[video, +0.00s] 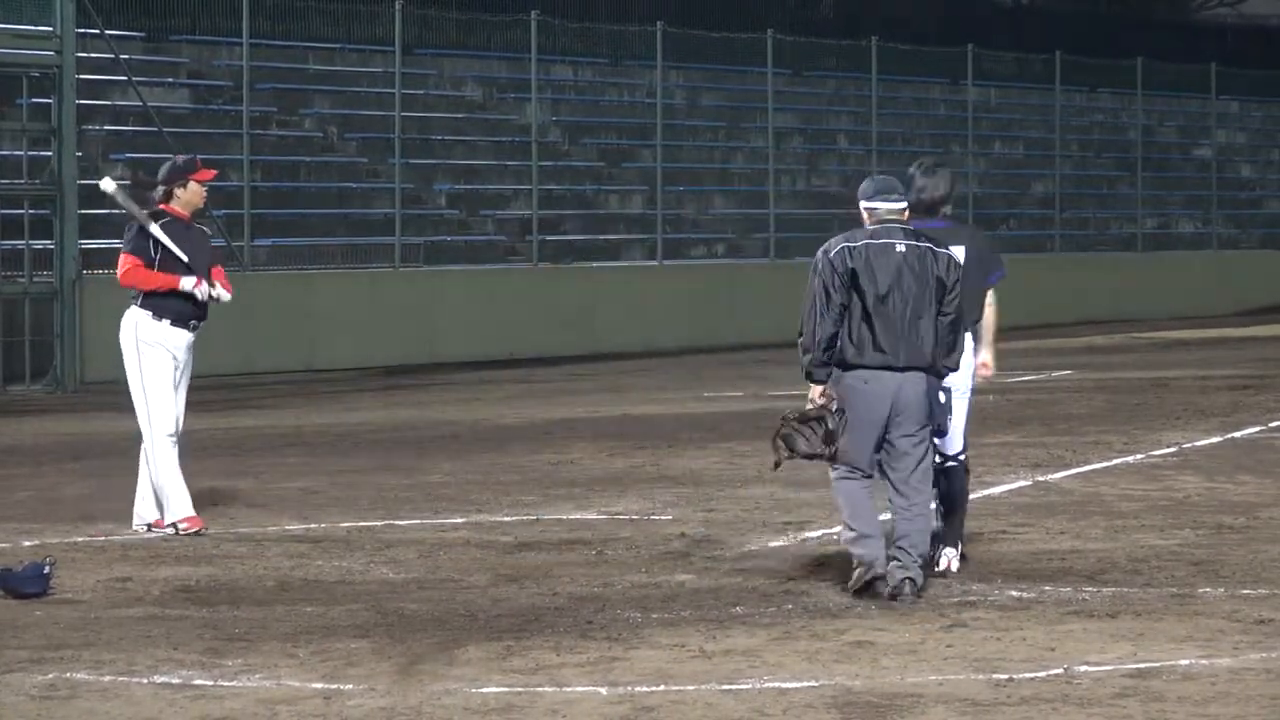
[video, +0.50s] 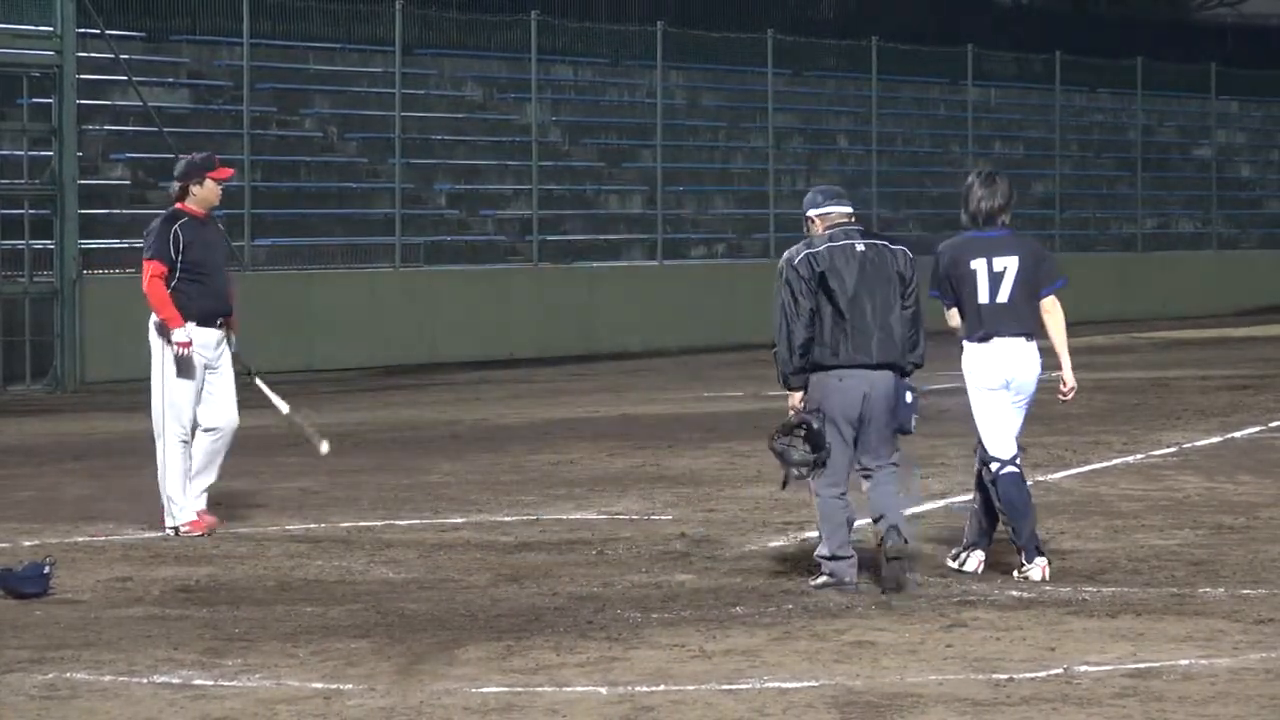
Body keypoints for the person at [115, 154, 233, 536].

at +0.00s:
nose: (206, 192)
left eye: (206, 186)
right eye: (200, 186)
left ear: (189, 190)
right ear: (177, 189)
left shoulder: (199, 233)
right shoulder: (146, 222)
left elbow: (215, 270)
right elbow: (127, 272)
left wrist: (220, 287)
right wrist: (183, 282)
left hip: (182, 335)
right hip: (147, 330)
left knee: (167, 427)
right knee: (159, 425)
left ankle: (147, 515)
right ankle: (181, 513)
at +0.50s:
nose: (222, 188)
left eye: (221, 182)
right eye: (216, 182)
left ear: (203, 186)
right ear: (193, 186)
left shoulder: (215, 227)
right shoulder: (167, 225)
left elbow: (219, 276)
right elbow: (153, 281)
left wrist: (228, 316)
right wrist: (176, 325)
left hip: (215, 337)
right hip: (178, 336)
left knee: (221, 421)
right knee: (175, 427)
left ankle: (192, 502)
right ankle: (178, 514)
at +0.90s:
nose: (257, 193)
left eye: (256, 187)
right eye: (251, 187)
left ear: (237, 190)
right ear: (230, 190)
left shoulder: (242, 229)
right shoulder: (202, 230)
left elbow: (238, 284)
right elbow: (188, 289)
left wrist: (251, 335)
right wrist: (194, 348)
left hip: (249, 341)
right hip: (211, 340)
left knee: (259, 433)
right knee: (192, 434)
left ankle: (274, 515)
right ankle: (181, 515)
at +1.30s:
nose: (301, 191)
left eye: (301, 184)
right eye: (296, 184)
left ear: (283, 186)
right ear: (273, 185)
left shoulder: (290, 227)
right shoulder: (244, 222)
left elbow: (285, 280)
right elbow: (227, 276)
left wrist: (291, 331)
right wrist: (245, 325)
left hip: (285, 336)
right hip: (250, 333)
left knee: (282, 430)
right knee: (250, 421)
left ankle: (275, 516)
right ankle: (224, 504)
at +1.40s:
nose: (309, 188)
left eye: (308, 182)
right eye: (303, 182)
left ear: (291, 185)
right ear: (280, 185)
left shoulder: (297, 227)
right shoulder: (251, 221)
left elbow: (292, 278)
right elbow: (234, 276)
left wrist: (298, 327)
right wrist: (251, 326)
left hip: (290, 336)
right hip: (257, 333)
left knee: (287, 429)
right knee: (262, 424)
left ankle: (280, 514)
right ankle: (254, 515)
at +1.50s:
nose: (313, 189)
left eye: (313, 183)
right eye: (307, 183)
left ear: (296, 186)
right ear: (284, 185)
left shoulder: (303, 228)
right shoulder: (257, 221)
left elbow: (306, 282)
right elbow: (241, 277)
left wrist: (319, 330)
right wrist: (256, 331)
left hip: (297, 337)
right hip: (265, 333)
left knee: (289, 430)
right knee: (269, 427)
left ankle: (272, 517)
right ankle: (285, 517)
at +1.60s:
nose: (315, 190)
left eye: (314, 184)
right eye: (309, 184)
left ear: (295, 187)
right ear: (285, 186)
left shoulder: (305, 229)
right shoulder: (262, 223)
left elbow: (315, 281)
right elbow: (246, 279)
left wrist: (339, 327)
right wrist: (259, 335)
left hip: (302, 338)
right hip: (269, 335)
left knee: (292, 432)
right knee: (279, 429)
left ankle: (271, 521)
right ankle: (299, 521)